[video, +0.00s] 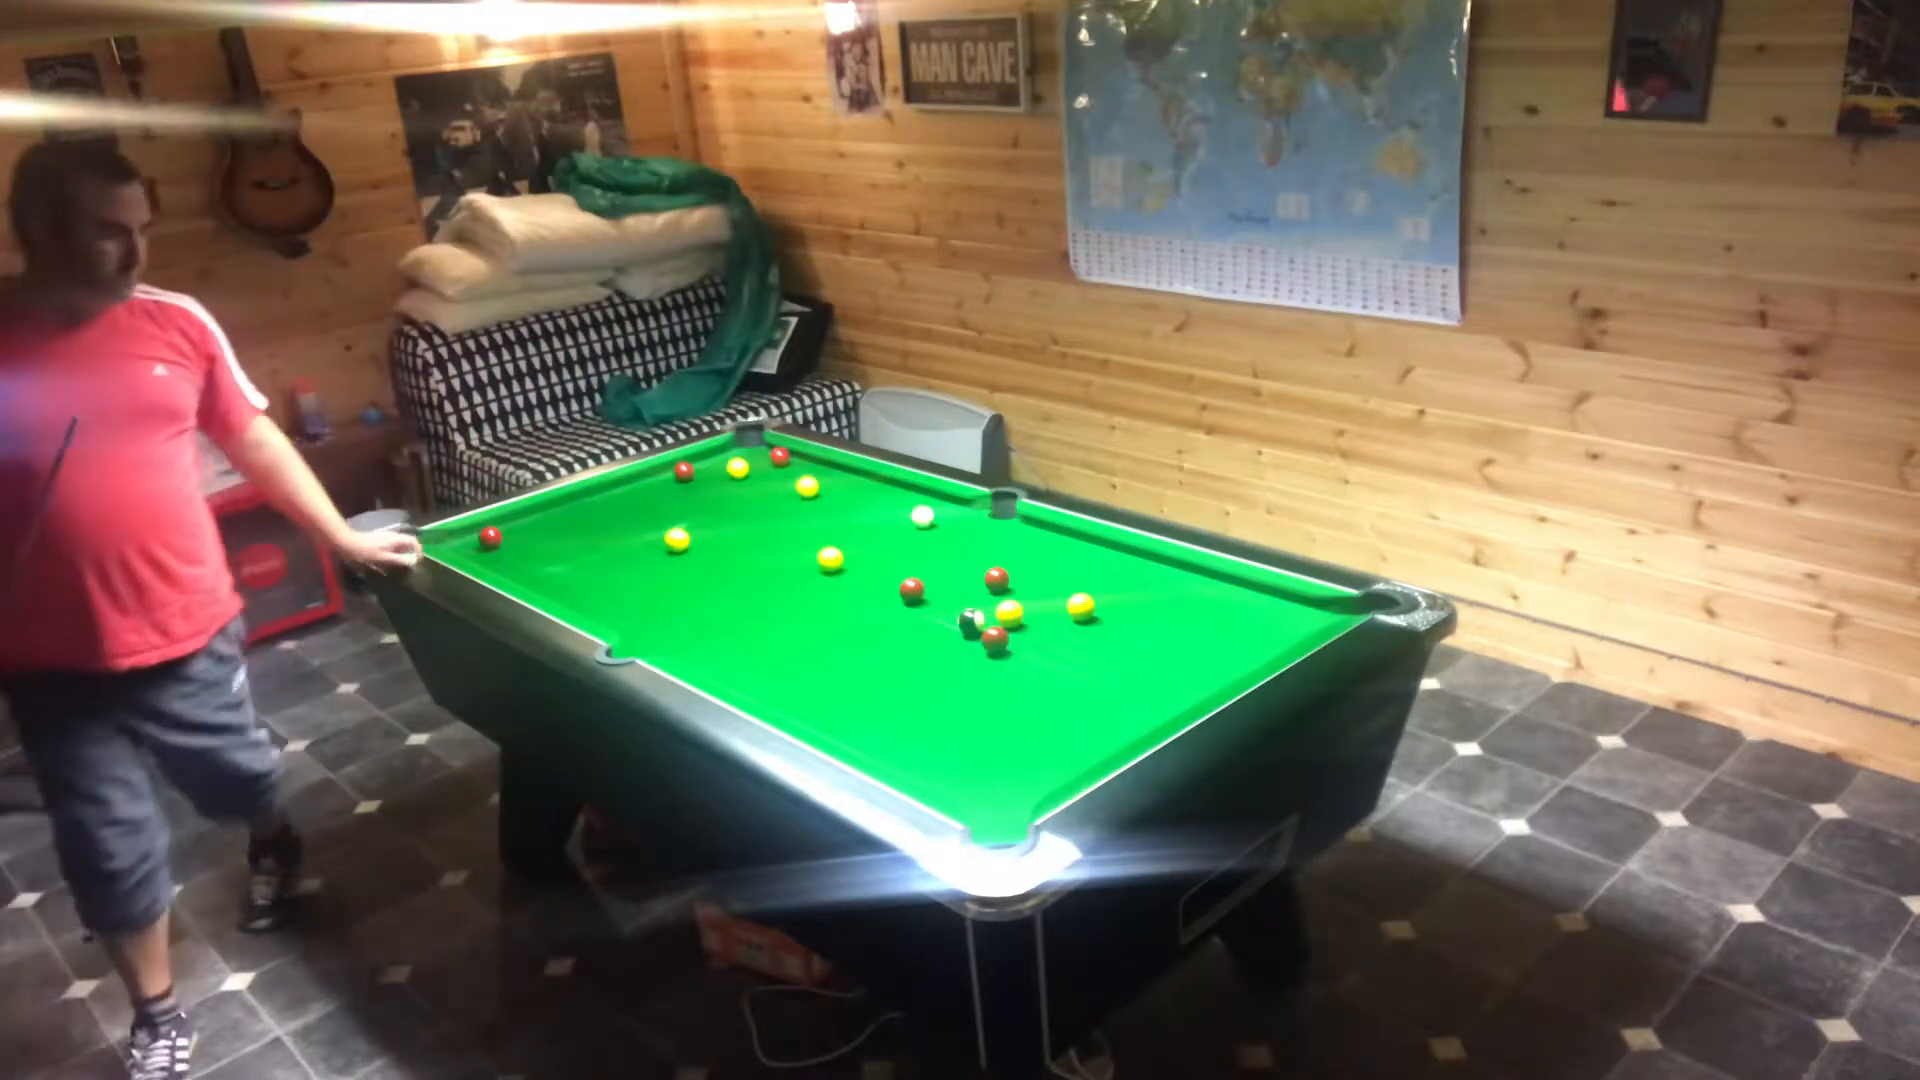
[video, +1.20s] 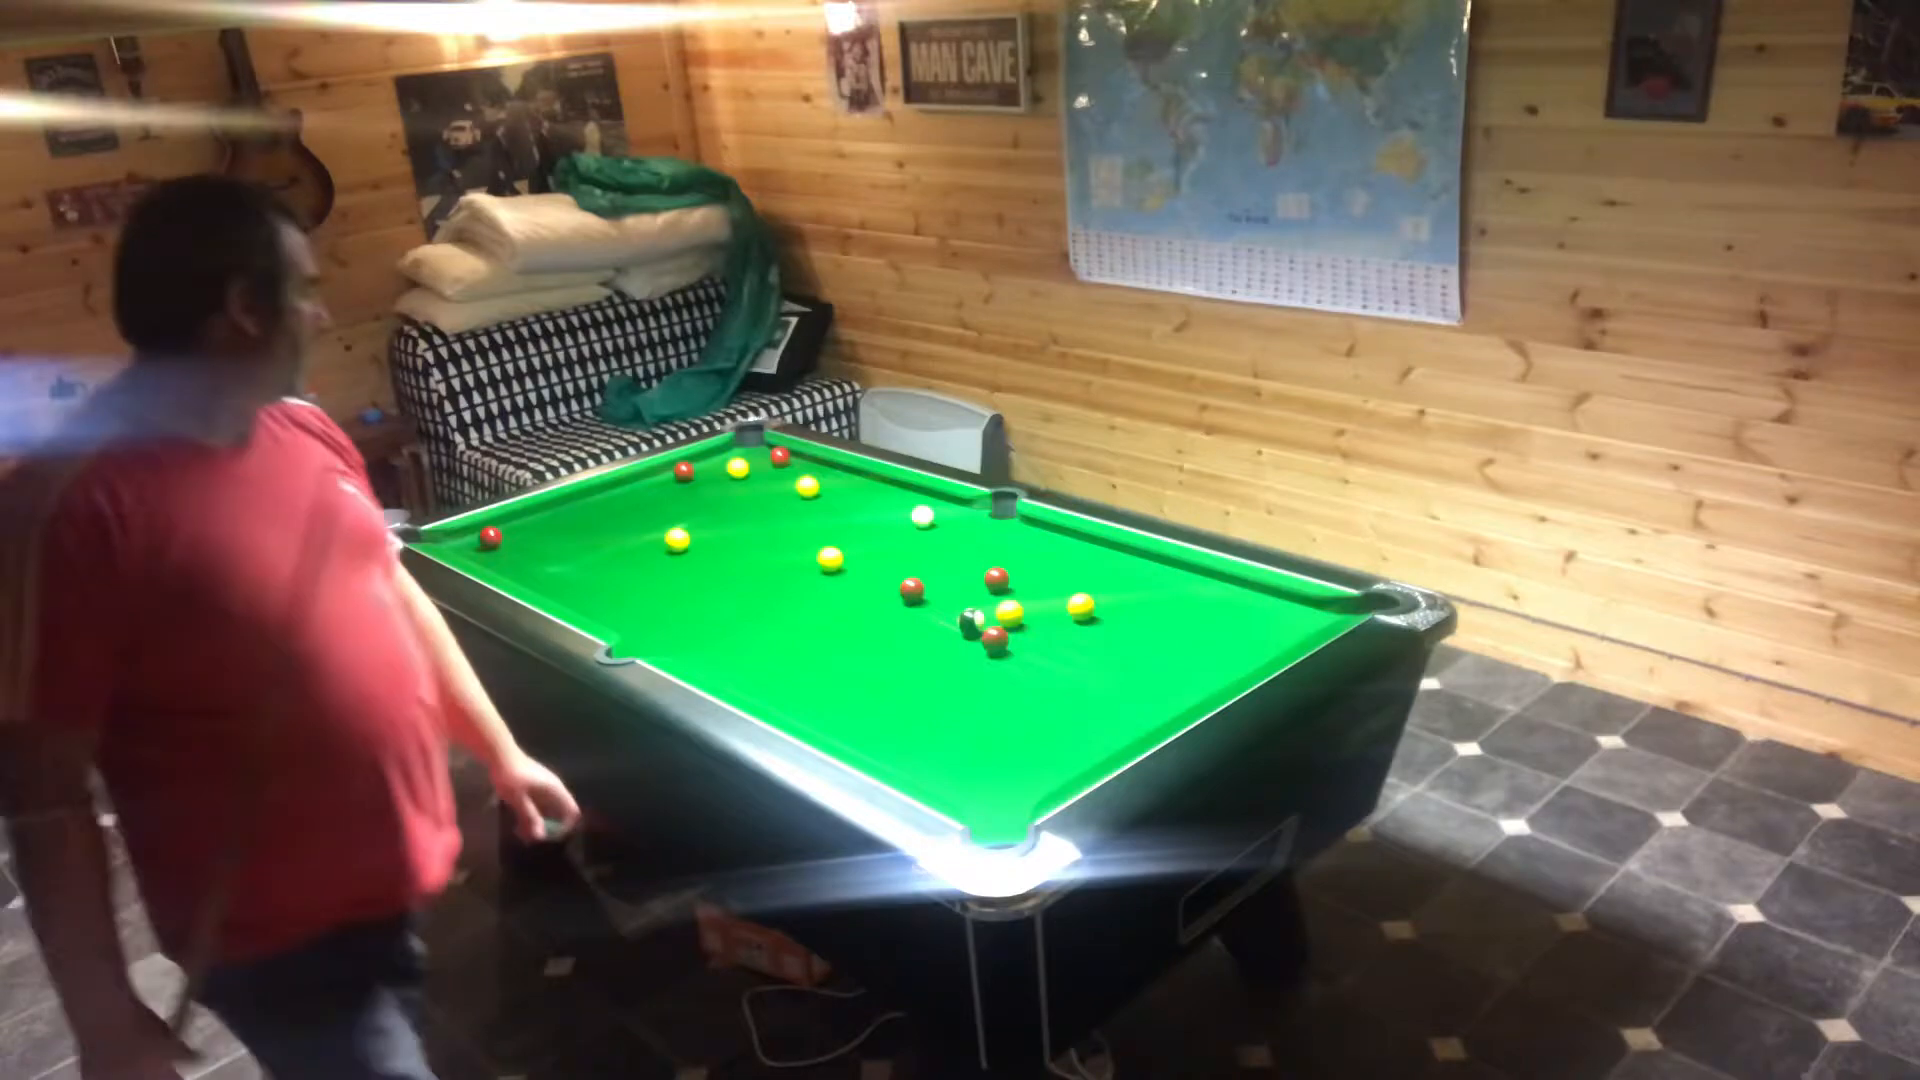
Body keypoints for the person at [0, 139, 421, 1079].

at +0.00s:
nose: (131, 252)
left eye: (140, 232)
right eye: (107, 233)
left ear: (149, 225)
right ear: (37, 232)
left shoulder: (179, 328)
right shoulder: (5, 339)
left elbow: (255, 437)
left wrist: (339, 532)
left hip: (184, 635)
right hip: (49, 655)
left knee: (237, 772)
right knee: (111, 856)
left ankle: (273, 839)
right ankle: (157, 1019)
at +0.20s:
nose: (121, 254)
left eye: (122, 233)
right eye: (97, 237)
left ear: (120, 231)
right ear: (23, 244)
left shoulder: (144, 338)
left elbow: (208, 464)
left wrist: (281, 572)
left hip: (177, 673)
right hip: (40, 706)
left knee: (216, 849)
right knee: (104, 893)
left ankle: (242, 915)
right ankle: (159, 1018)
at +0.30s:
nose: (125, 261)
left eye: (124, 239)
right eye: (100, 244)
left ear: (120, 236)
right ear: (28, 253)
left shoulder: (138, 347)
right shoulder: (5, 376)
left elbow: (193, 479)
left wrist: (241, 600)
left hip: (177, 683)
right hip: (40, 717)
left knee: (218, 872)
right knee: (104, 902)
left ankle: (257, 1026)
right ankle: (160, 1018)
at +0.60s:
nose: (181, 293)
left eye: (178, 270)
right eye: (163, 271)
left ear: (107, 281)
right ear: (90, 281)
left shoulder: (175, 390)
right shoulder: (9, 406)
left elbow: (221, 535)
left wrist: (260, 665)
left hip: (214, 749)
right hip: (66, 785)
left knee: (260, 1012)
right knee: (120, 957)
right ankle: (151, 1027)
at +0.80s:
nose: (225, 288)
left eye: (220, 262)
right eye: (207, 263)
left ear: (141, 273)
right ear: (131, 273)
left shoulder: (212, 388)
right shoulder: (11, 402)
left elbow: (279, 545)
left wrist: (346, 697)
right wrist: (5, 840)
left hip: (274, 801)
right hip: (116, 841)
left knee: (291, 1040)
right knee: (187, 1062)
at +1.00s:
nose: (267, 292)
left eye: (262, 265)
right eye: (249, 265)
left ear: (183, 280)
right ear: (178, 279)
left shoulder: (252, 402)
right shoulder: (26, 427)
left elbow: (337, 562)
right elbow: (0, 702)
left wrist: (439, 713)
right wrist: (35, 910)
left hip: (324, 839)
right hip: (183, 876)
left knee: (321, 1057)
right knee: (320, 1067)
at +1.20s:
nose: (324, 314)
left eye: (316, 288)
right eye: (307, 290)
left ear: (251, 308)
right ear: (242, 309)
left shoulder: (301, 427)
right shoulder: (84, 498)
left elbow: (398, 591)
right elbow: (45, 789)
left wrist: (502, 752)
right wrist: (108, 1025)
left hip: (397, 883)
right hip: (278, 943)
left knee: (393, 1056)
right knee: (401, 1067)